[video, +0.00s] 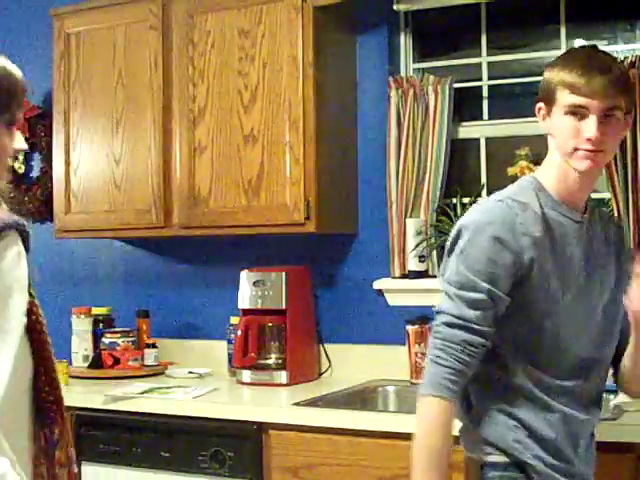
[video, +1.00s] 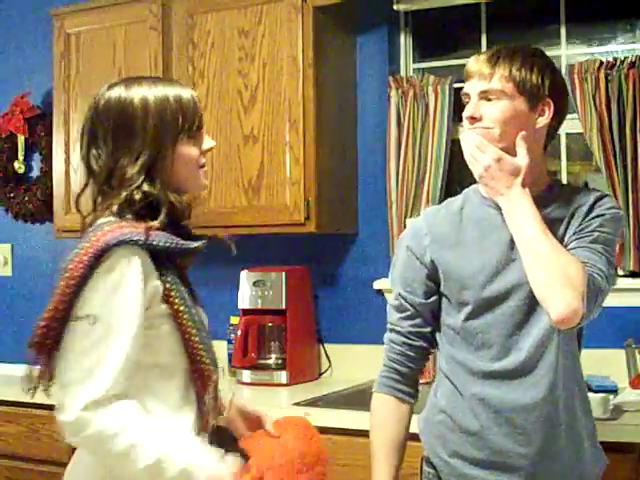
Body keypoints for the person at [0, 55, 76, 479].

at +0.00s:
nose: (20, 142)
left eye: (19, 125)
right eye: (13, 125)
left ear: (12, 130)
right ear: (1, 130)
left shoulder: (13, 239)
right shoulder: (9, 242)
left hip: (18, 460)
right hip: (12, 462)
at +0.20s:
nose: (66, 159)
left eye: (66, 141)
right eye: (56, 139)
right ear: (11, 140)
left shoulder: (19, 242)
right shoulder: (19, 250)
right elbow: (10, 438)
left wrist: (64, 454)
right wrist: (73, 467)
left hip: (37, 461)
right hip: (30, 464)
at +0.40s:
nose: (110, 160)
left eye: (107, 142)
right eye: (95, 140)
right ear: (42, 141)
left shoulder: (31, 244)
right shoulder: (27, 249)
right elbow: (9, 435)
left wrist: (96, 456)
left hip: (69, 463)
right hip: (51, 467)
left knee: (170, 473)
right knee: (171, 472)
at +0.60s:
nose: (146, 165)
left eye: (144, 149)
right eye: (133, 148)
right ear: (82, 149)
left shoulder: (65, 255)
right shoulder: (47, 258)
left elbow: (49, 402)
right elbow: (6, 430)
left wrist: (133, 442)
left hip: (92, 468)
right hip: (65, 469)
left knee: (218, 472)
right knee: (218, 473)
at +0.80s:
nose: (181, 160)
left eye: (176, 146)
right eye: (165, 146)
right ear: (119, 155)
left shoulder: (111, 260)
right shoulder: (84, 265)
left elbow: (106, 391)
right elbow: (26, 425)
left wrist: (184, 423)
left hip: (146, 469)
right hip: (118, 471)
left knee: (267, 461)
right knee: (265, 463)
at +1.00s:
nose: (208, 145)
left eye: (201, 132)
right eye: (191, 134)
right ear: (147, 148)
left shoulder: (151, 251)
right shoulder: (126, 259)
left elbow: (157, 376)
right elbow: (87, 410)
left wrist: (226, 409)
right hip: (120, 469)